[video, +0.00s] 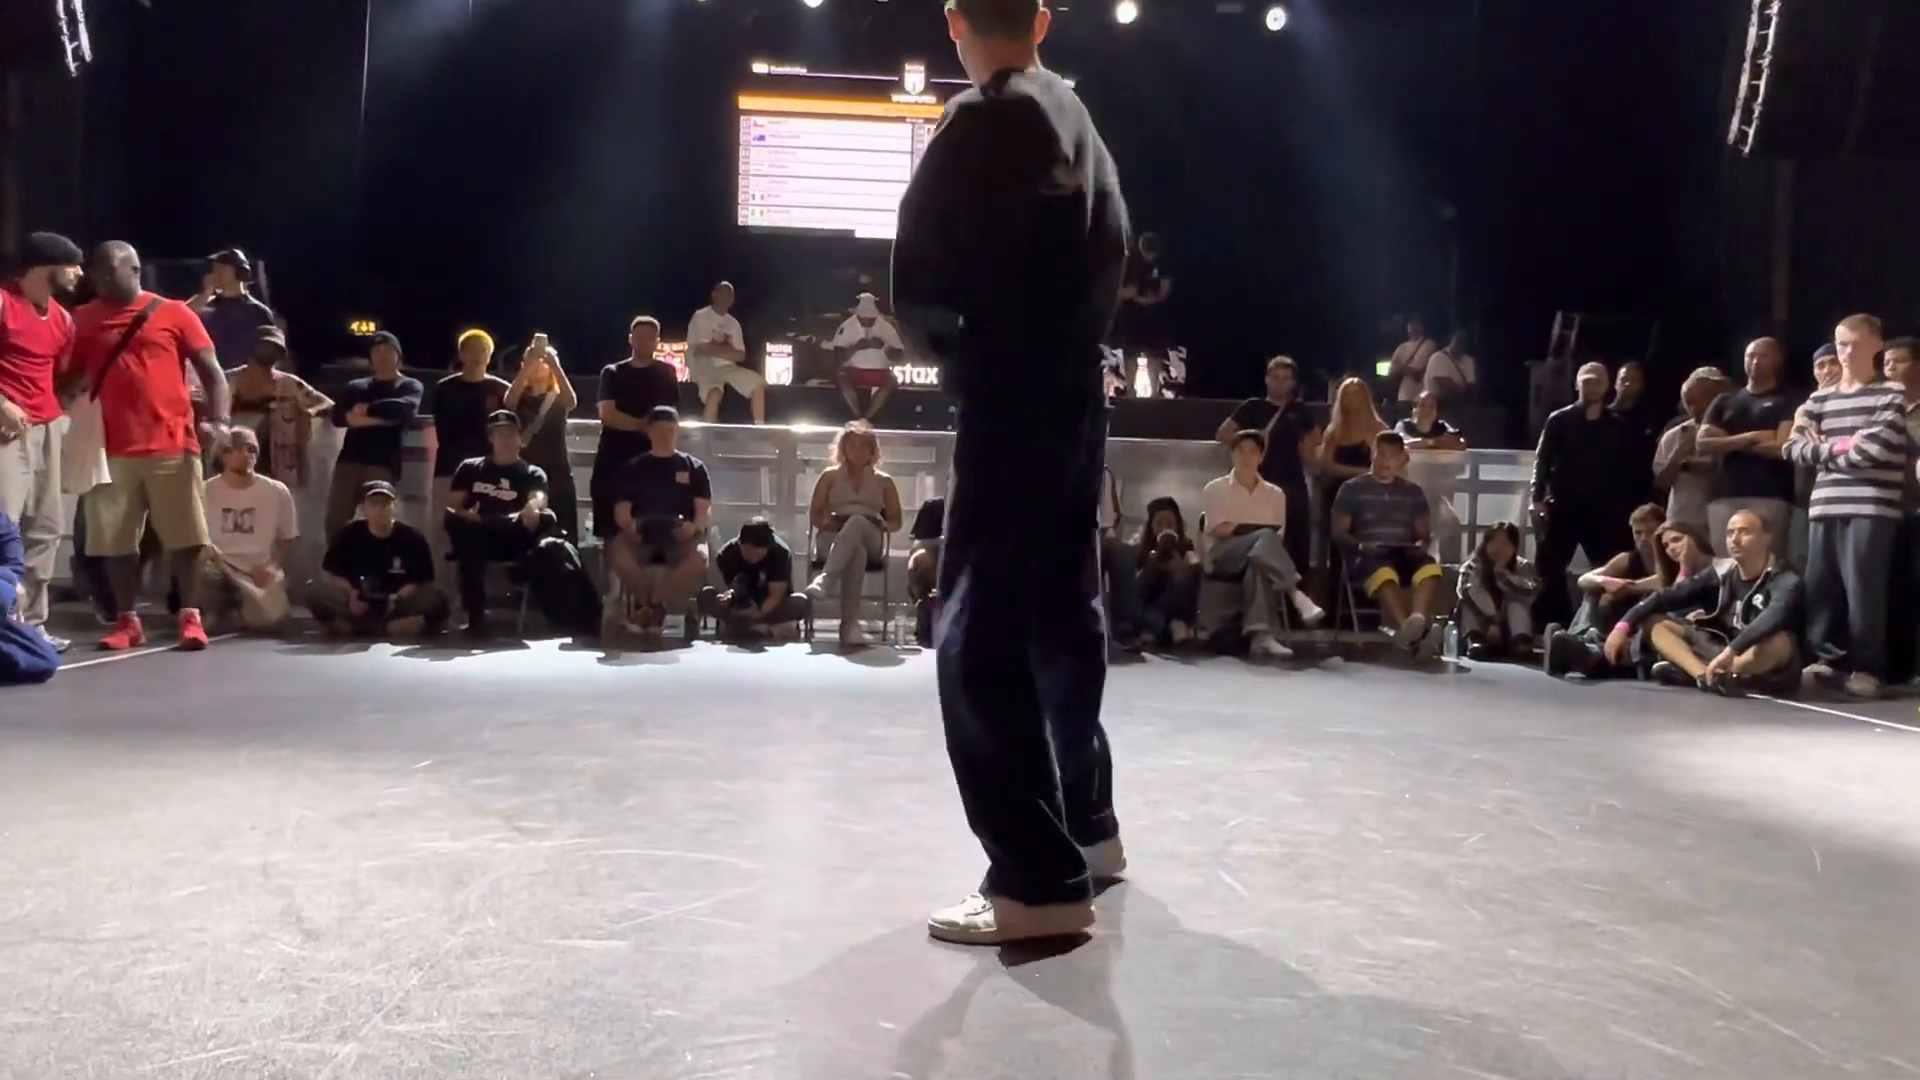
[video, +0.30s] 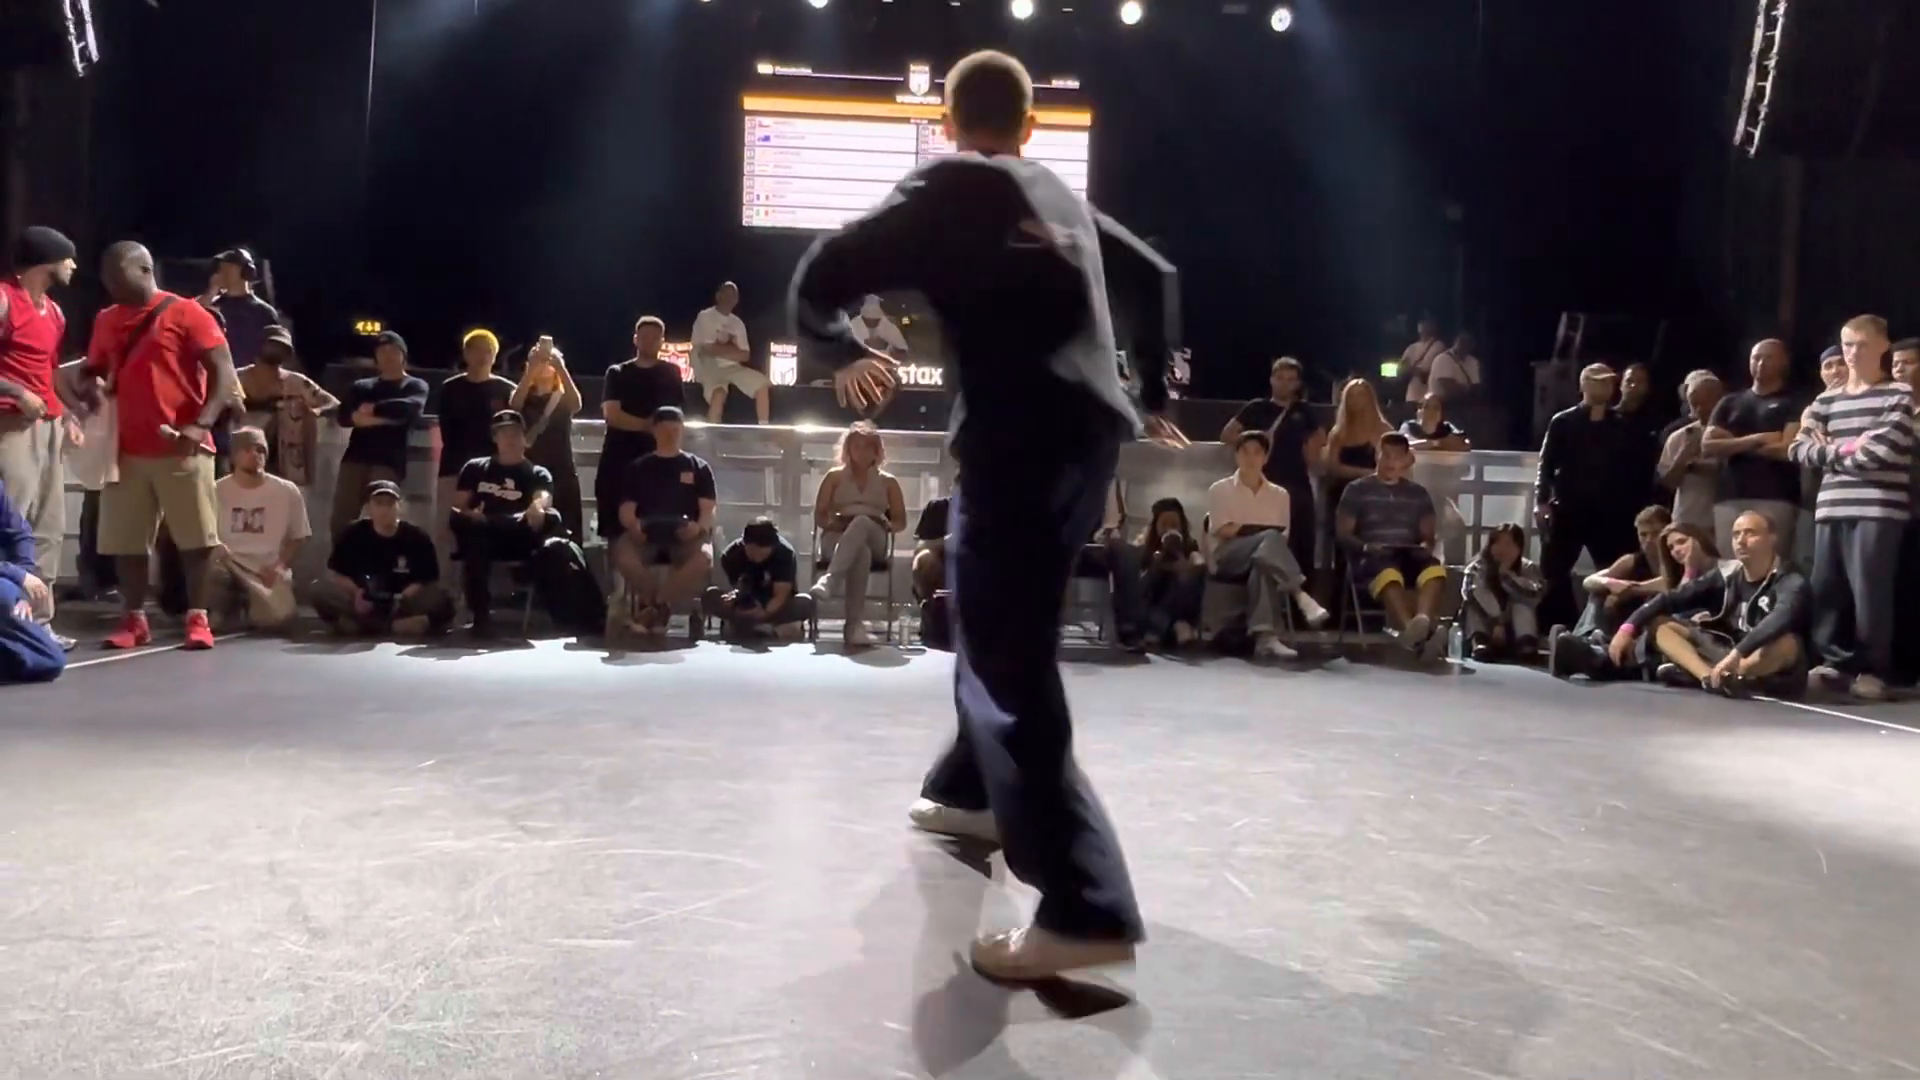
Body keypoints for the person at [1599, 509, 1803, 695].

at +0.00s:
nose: (1734, 539)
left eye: (1743, 533)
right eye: (1730, 534)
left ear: (1766, 537)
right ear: (1725, 539)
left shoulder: (1786, 581)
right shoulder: (1723, 571)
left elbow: (1774, 618)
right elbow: (1671, 596)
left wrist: (1732, 650)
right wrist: (1623, 626)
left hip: (1767, 665)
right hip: (1723, 651)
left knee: (1781, 642)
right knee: (1658, 627)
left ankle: (1706, 677)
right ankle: (1705, 676)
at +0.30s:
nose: (1740, 541)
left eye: (1750, 534)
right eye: (1736, 535)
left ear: (1771, 539)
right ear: (1731, 541)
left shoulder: (1791, 583)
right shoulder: (1728, 574)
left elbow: (1781, 620)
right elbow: (1675, 598)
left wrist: (1738, 652)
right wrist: (1628, 629)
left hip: (1772, 666)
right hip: (1729, 654)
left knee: (1787, 643)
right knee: (1663, 630)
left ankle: (1712, 678)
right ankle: (1709, 678)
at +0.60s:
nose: (1744, 543)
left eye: (1753, 536)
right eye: (1740, 537)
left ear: (1775, 541)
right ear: (1735, 542)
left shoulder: (1796, 583)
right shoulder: (1732, 575)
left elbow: (1785, 620)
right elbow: (1680, 598)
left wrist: (1742, 653)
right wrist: (1632, 628)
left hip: (1777, 666)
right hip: (1733, 654)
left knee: (1791, 644)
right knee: (1666, 630)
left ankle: (1717, 678)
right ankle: (1712, 679)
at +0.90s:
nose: (1750, 541)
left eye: (1759, 534)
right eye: (1746, 535)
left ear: (1783, 541)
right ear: (1741, 541)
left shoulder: (1801, 582)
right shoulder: (1738, 574)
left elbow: (1790, 619)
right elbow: (1685, 597)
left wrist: (1747, 653)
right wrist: (1637, 627)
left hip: (1780, 664)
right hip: (1737, 653)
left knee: (1796, 644)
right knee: (1671, 629)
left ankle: (1723, 677)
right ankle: (1717, 678)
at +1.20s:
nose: (1754, 541)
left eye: (1764, 534)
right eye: (1751, 535)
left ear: (1787, 540)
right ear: (1746, 540)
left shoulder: (1806, 582)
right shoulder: (1742, 572)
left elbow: (1794, 619)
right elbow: (1690, 595)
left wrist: (1752, 651)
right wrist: (1642, 625)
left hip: (1785, 661)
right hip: (1743, 650)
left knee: (1800, 642)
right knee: (1676, 628)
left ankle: (1726, 677)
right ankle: (1723, 677)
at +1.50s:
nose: (1758, 542)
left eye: (1767, 535)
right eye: (1755, 536)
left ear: (1792, 540)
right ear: (1749, 540)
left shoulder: (1810, 582)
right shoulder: (1745, 572)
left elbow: (1798, 620)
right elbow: (1693, 595)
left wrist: (1754, 651)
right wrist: (1645, 625)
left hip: (1789, 661)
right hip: (1746, 651)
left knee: (1803, 643)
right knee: (1679, 627)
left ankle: (1726, 678)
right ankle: (1726, 677)